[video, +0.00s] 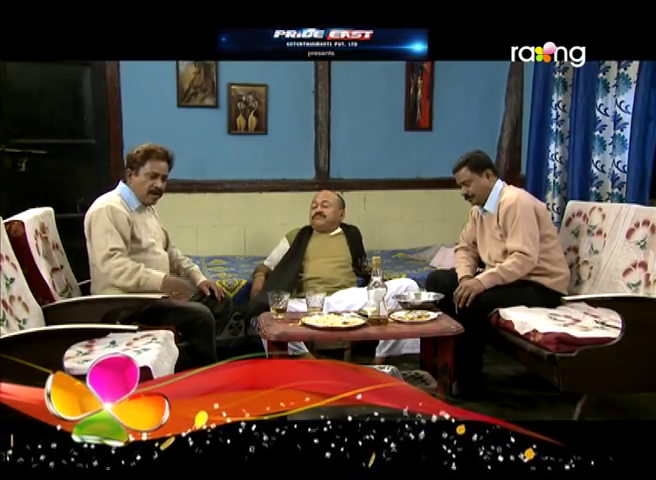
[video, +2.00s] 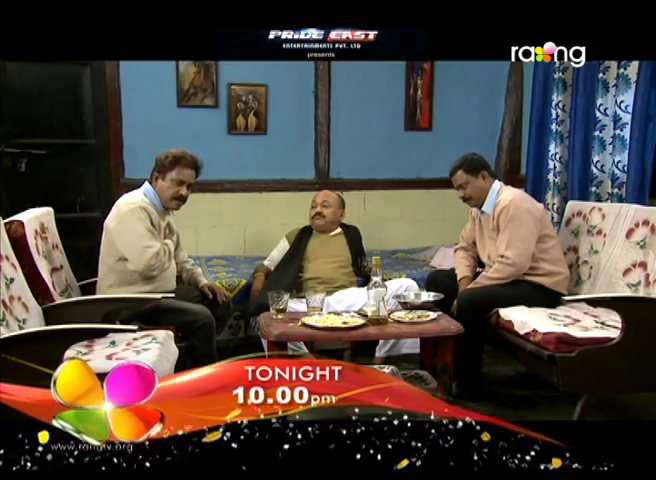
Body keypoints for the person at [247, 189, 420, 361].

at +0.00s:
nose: (318, 210)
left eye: (325, 206)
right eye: (314, 206)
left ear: (341, 213)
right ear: (309, 211)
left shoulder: (351, 233)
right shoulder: (297, 236)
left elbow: (362, 268)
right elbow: (265, 267)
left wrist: (379, 281)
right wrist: (256, 300)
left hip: (350, 298)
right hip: (309, 300)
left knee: (406, 285)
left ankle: (381, 363)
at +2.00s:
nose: (317, 210)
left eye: (325, 206)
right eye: (314, 206)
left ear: (341, 213)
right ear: (309, 211)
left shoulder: (351, 233)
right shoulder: (297, 236)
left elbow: (362, 269)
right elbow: (265, 268)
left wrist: (378, 282)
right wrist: (256, 300)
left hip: (351, 297)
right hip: (311, 300)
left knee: (406, 285)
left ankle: (382, 362)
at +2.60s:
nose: (317, 211)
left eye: (325, 206)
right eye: (314, 206)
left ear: (340, 213)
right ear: (309, 211)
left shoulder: (351, 233)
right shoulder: (297, 236)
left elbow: (361, 269)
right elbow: (264, 269)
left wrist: (379, 281)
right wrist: (256, 302)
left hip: (350, 298)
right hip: (309, 300)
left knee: (406, 286)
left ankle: (382, 362)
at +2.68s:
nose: (317, 210)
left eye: (325, 206)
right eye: (314, 206)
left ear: (341, 213)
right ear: (309, 211)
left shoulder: (351, 233)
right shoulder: (297, 236)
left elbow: (362, 269)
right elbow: (264, 268)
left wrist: (379, 281)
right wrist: (256, 300)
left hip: (350, 297)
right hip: (309, 300)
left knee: (406, 285)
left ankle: (382, 363)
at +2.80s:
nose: (317, 210)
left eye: (325, 206)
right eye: (314, 206)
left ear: (340, 213)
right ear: (309, 211)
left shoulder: (351, 233)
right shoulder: (297, 236)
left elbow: (361, 269)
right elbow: (264, 269)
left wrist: (378, 280)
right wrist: (256, 301)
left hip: (350, 298)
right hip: (309, 300)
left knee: (406, 285)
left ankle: (382, 363)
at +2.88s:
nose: (317, 210)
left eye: (325, 206)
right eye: (313, 206)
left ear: (340, 213)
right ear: (309, 211)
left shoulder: (351, 233)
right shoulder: (297, 236)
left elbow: (361, 269)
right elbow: (264, 269)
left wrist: (378, 280)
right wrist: (256, 301)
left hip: (350, 298)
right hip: (309, 300)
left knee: (406, 285)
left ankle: (382, 363)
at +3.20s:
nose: (317, 210)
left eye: (325, 206)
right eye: (313, 206)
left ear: (340, 213)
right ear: (309, 212)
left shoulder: (351, 233)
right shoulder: (297, 236)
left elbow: (361, 269)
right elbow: (264, 270)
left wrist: (379, 281)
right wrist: (255, 303)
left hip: (350, 298)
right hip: (310, 300)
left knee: (406, 285)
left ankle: (383, 362)